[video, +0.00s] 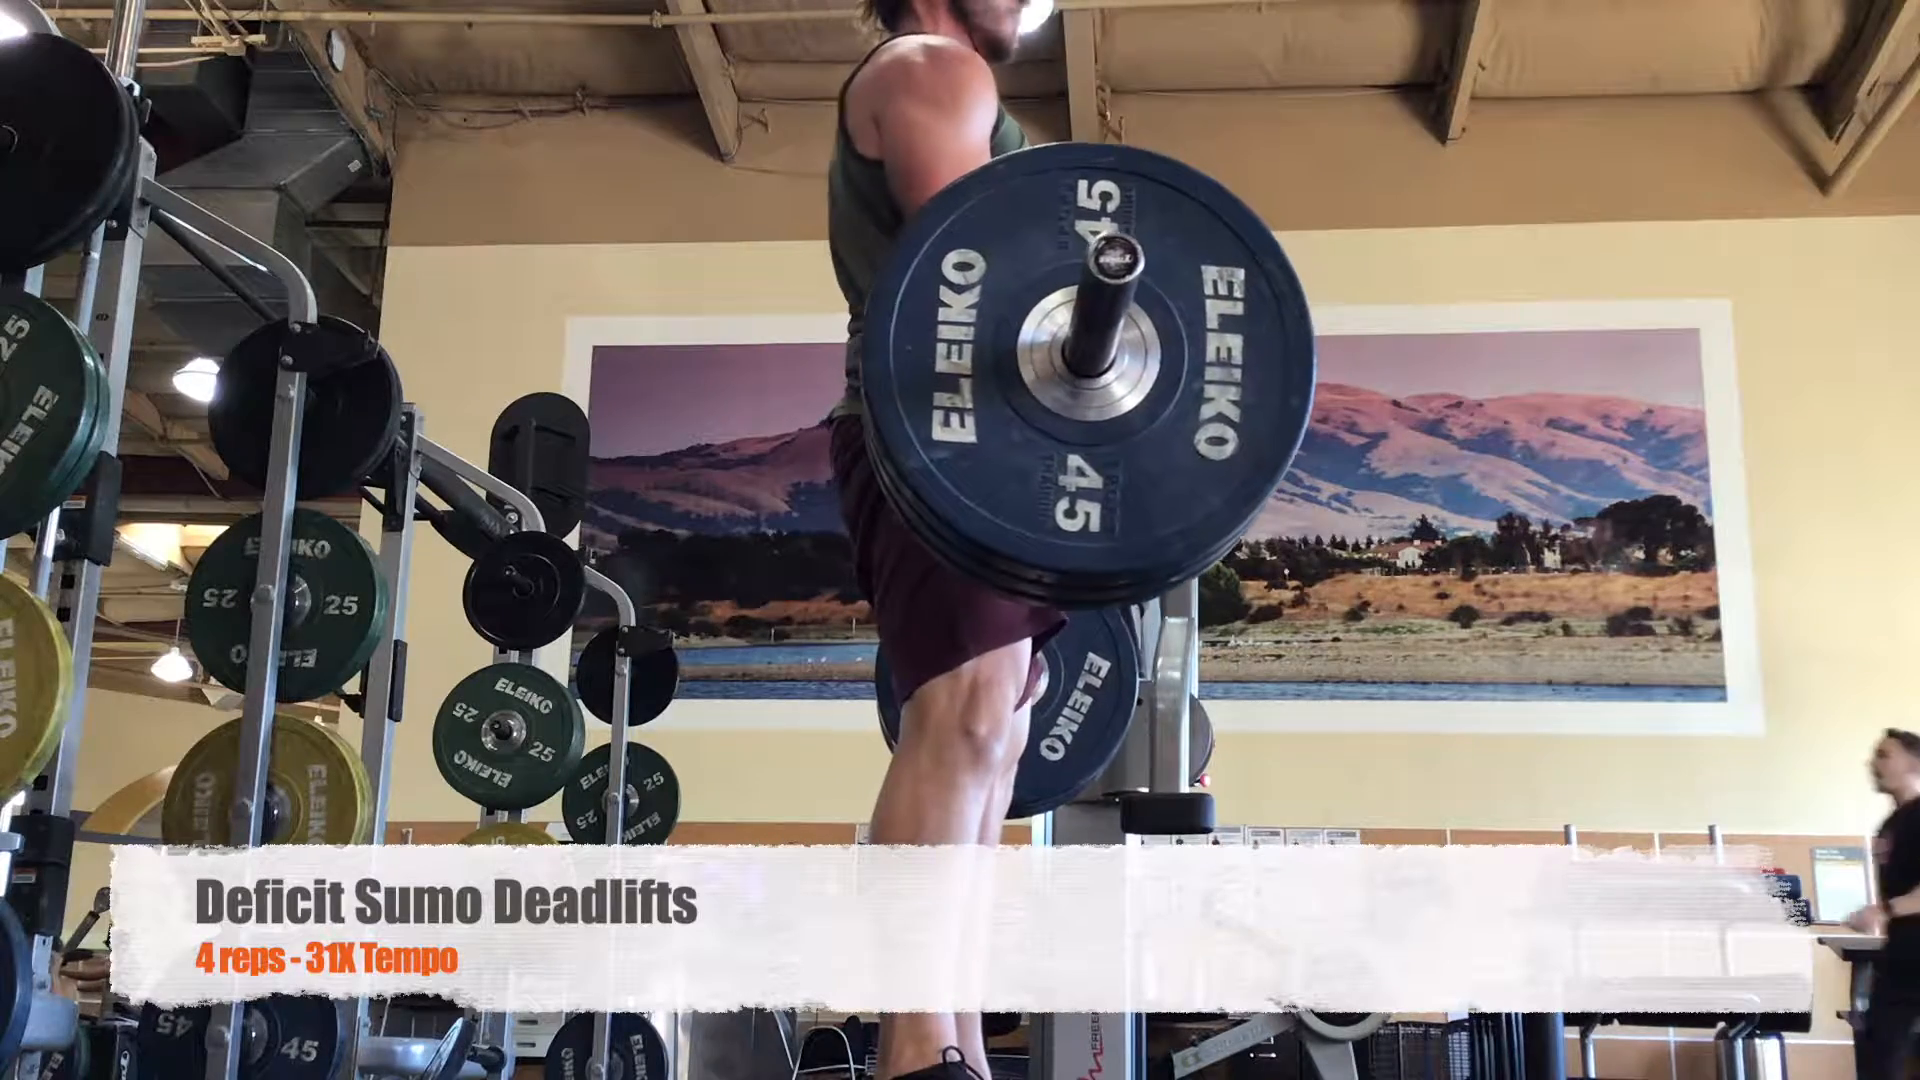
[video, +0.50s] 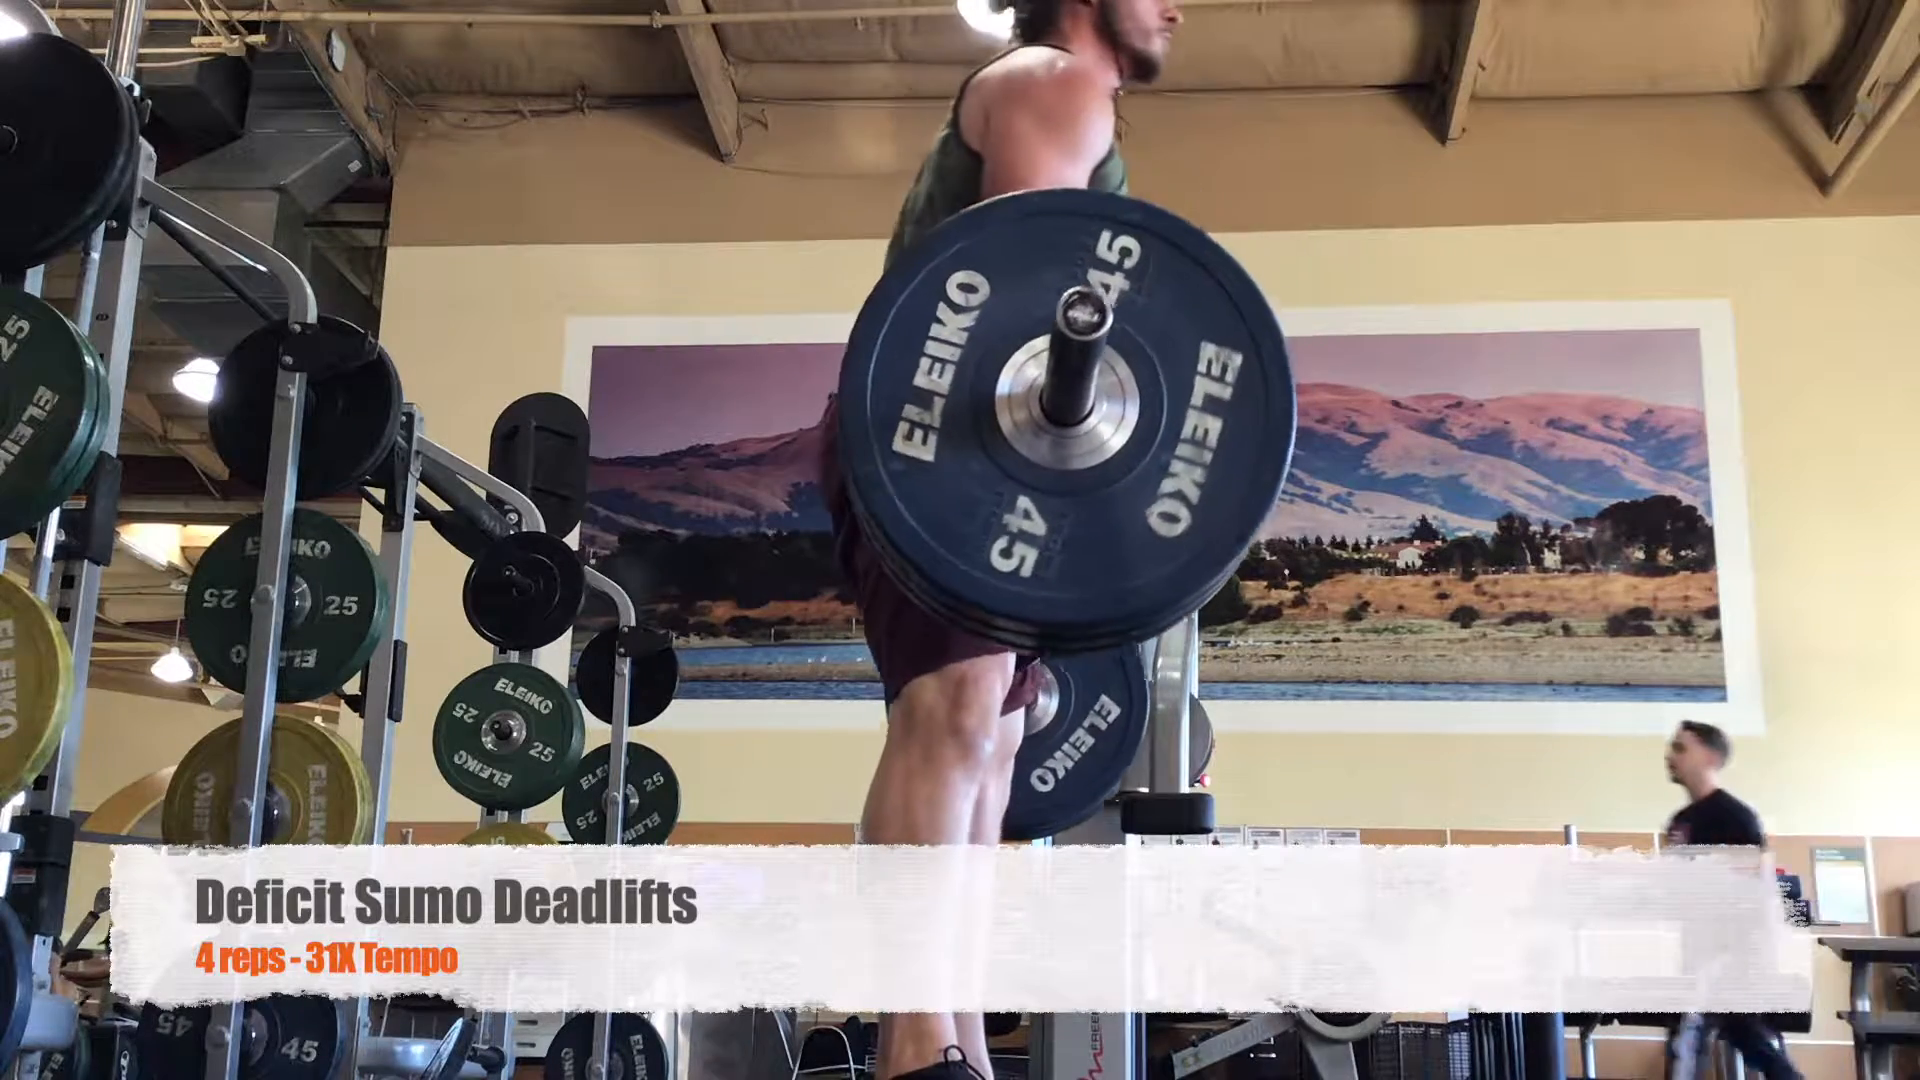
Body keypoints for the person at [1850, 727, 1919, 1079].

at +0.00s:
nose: (1874, 763)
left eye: (1884, 755)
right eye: (1875, 755)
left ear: (1912, 761)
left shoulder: (1915, 816)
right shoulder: (1892, 821)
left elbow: (1916, 891)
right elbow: (1886, 887)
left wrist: (1888, 909)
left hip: (1911, 943)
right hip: (1893, 940)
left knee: (1888, 1036)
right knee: (1878, 1036)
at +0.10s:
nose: (1830, 762)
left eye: (1840, 754)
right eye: (1831, 754)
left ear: (1869, 763)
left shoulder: (1887, 816)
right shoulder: (1845, 822)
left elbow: (1896, 887)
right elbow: (1852, 886)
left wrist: (1848, 917)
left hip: (1888, 942)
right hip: (1852, 942)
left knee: (1902, 1039)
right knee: (1836, 1036)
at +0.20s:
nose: (1788, 756)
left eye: (1797, 748)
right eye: (1790, 748)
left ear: (1827, 756)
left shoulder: (1849, 811)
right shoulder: (1803, 818)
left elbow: (1860, 883)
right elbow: (1802, 884)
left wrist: (1830, 933)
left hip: (1850, 943)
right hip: (1815, 941)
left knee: (1841, 1042)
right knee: (1813, 1047)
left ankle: (1890, 1075)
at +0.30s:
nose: (1749, 751)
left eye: (1758, 742)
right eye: (1751, 743)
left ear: (1788, 750)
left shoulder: (1814, 807)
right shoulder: (1763, 814)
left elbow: (1827, 879)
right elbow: (1751, 880)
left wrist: (1823, 941)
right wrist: (1742, 932)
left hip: (1804, 937)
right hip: (1771, 936)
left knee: (1781, 1030)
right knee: (1801, 1030)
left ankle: (1808, 1074)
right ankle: (1822, 1073)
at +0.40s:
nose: (1710, 754)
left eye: (1720, 745)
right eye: (1712, 745)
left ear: (1750, 754)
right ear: (1742, 755)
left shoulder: (1779, 813)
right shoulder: (1720, 821)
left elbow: (1800, 888)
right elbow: (1714, 890)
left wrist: (1805, 951)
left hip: (1777, 946)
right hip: (1736, 945)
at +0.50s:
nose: (1669, 756)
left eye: (1679, 748)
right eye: (1671, 747)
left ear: (1710, 757)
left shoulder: (1739, 818)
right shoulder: (1679, 823)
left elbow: (1760, 898)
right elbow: (1673, 890)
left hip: (1739, 952)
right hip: (1698, 951)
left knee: (1684, 1043)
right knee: (1754, 1045)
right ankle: (1786, 1072)